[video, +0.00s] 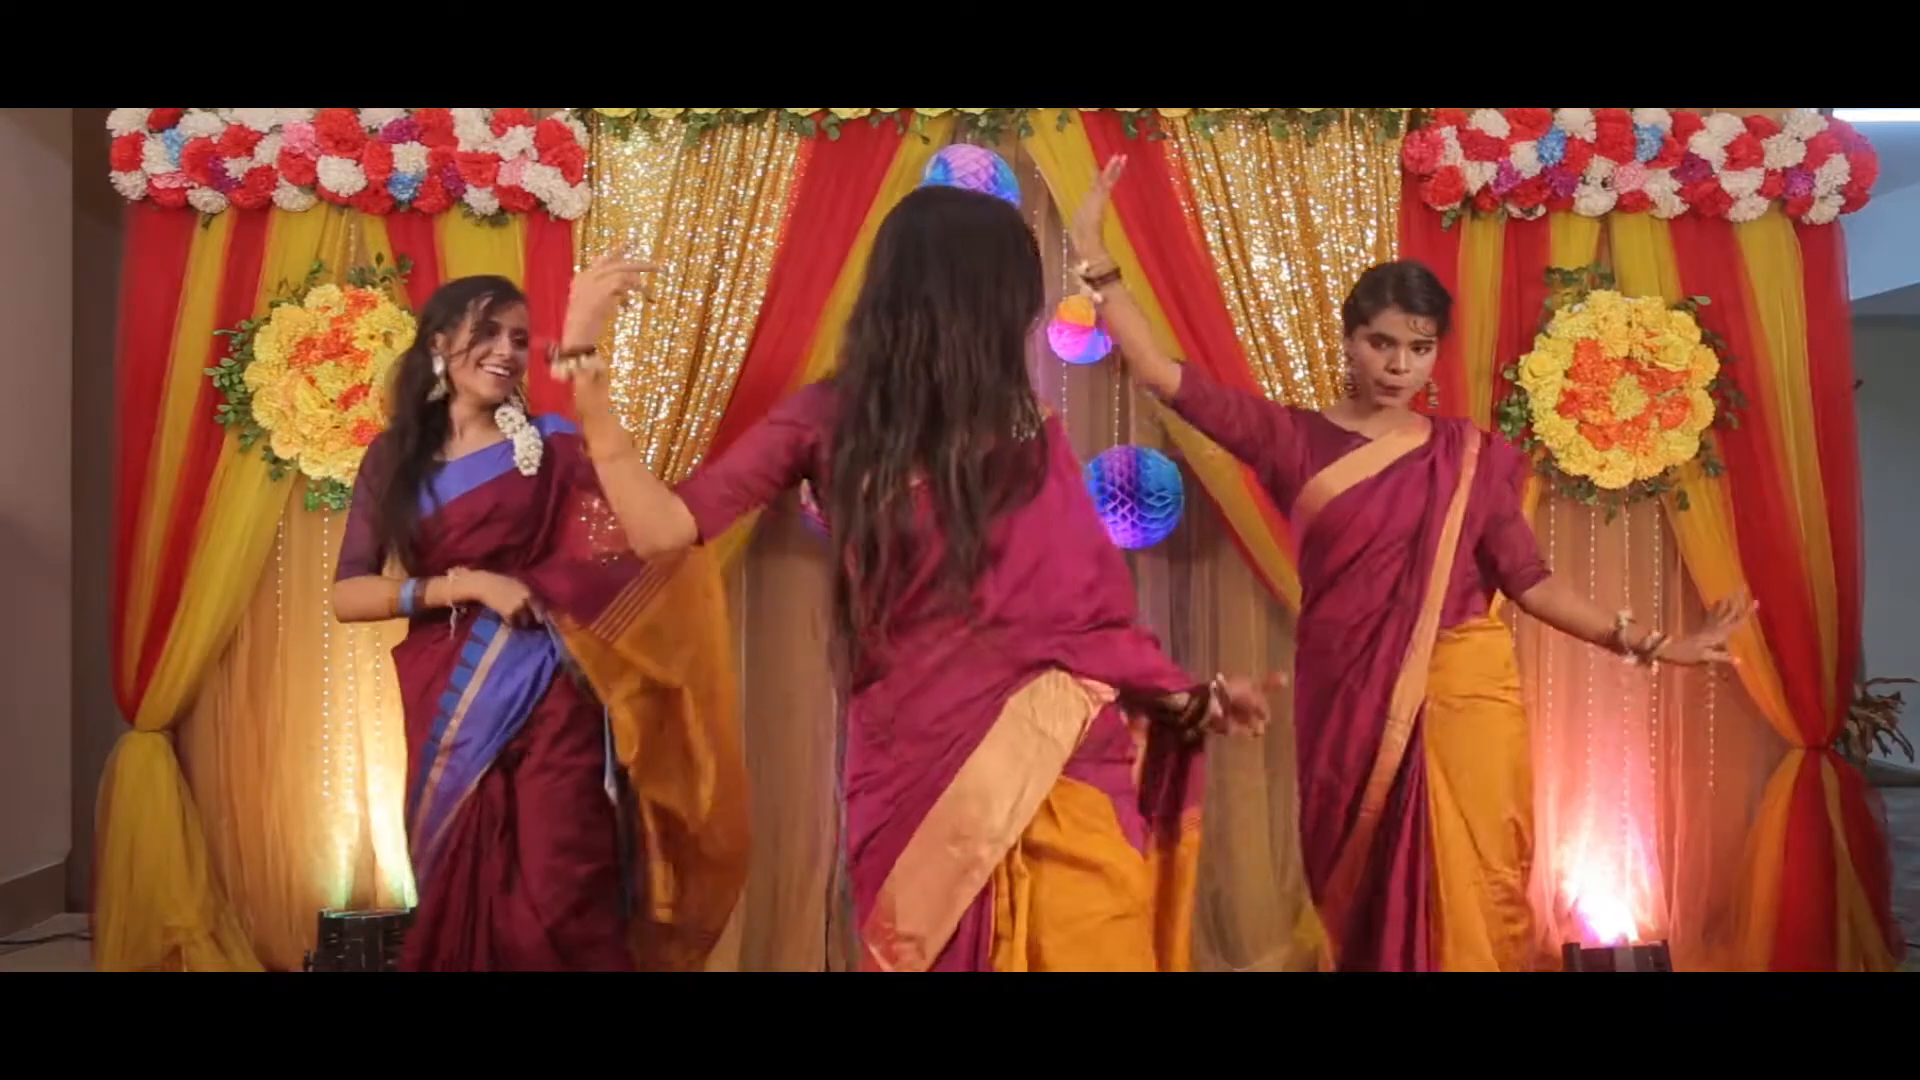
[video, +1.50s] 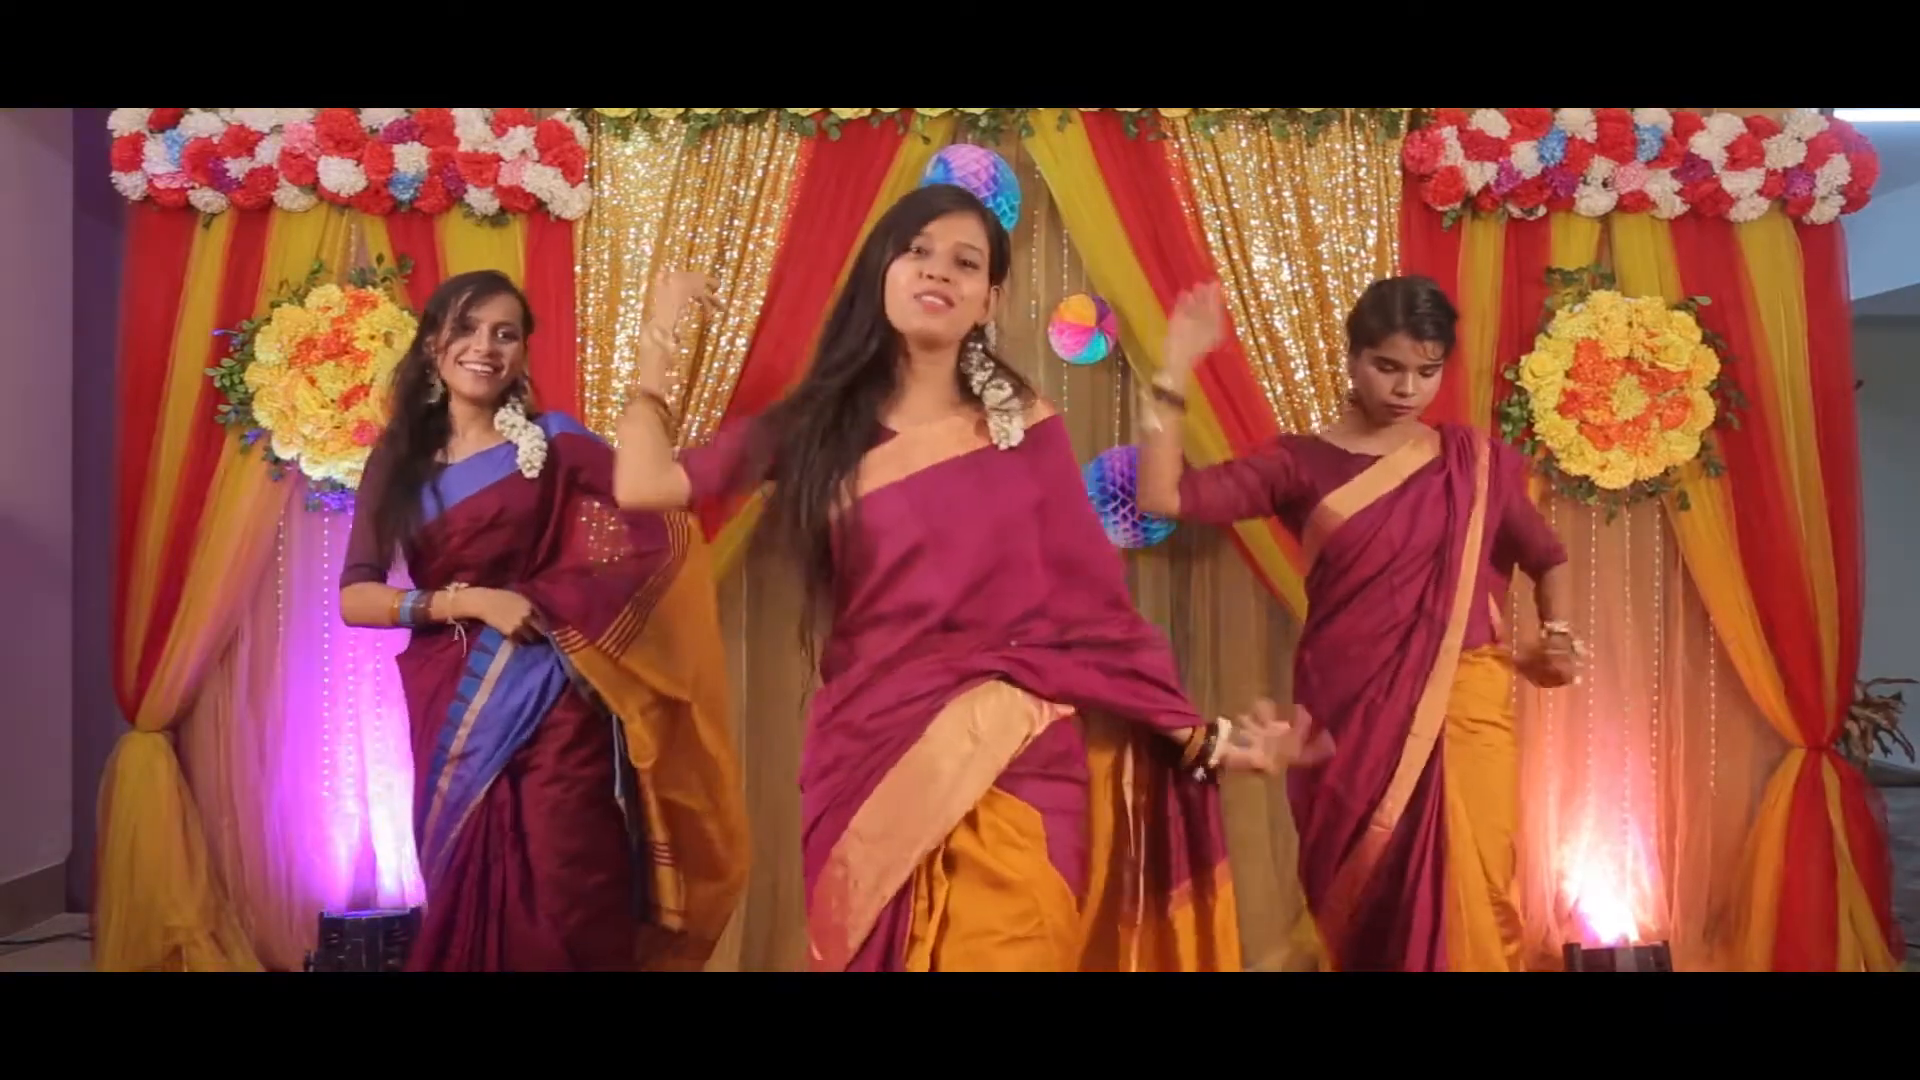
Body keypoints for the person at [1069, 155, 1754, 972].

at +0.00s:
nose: (1397, 362)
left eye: (1415, 347)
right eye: (1380, 342)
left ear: (1436, 354)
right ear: (1346, 341)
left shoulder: (1471, 454)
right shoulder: (1298, 440)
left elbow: (1533, 583)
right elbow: (1166, 378)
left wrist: (1650, 642)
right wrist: (1100, 280)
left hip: (1467, 684)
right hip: (1352, 695)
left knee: (1476, 896)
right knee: (1365, 897)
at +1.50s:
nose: (1407, 388)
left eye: (1425, 370)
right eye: (1388, 367)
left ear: (1444, 365)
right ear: (1352, 358)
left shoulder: (1474, 457)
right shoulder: (1305, 461)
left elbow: (1550, 559)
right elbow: (1162, 495)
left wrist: (1557, 637)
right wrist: (1174, 369)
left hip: (1468, 706)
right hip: (1352, 716)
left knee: (1473, 907)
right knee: (1359, 915)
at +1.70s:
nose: (1404, 373)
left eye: (1423, 355)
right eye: (1386, 352)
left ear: (1442, 355)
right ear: (1349, 348)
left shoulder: (1476, 445)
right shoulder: (1301, 450)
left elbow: (1566, 533)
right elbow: (1173, 460)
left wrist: (1549, 616)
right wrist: (1253, 363)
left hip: (1468, 689)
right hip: (1352, 700)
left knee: (1475, 891)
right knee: (1357, 898)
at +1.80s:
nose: (1403, 366)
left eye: (1422, 350)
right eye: (1386, 346)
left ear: (1441, 349)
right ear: (1349, 341)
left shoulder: (1476, 443)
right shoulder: (1302, 442)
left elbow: (1568, 534)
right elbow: (1180, 444)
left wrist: (1545, 617)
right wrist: (1268, 355)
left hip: (1469, 681)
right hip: (1352, 694)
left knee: (1478, 880)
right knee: (1359, 893)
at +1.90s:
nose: (1405, 370)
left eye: (1424, 352)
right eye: (1387, 350)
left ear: (1443, 353)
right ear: (1351, 348)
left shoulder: (1483, 445)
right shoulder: (1311, 450)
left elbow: (1570, 541)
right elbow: (1201, 484)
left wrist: (1549, 633)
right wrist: (1277, 380)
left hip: (1468, 697)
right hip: (1350, 710)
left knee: (1477, 900)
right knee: (1358, 908)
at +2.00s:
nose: (1409, 378)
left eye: (1428, 359)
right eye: (1389, 357)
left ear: (1448, 359)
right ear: (1355, 356)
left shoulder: (1493, 453)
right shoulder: (1316, 467)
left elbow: (1573, 558)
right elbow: (1223, 537)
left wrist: (1551, 651)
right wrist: (1280, 429)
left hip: (1469, 711)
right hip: (1349, 718)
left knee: (1471, 917)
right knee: (1349, 921)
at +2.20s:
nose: (1411, 356)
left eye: (1430, 340)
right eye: (1392, 336)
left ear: (1451, 346)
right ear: (1360, 337)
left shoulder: (1493, 440)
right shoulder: (1321, 447)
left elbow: (1564, 542)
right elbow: (1243, 541)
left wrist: (1561, 630)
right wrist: (1280, 426)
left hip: (1480, 693)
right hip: (1363, 702)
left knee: (1488, 901)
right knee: (1366, 910)